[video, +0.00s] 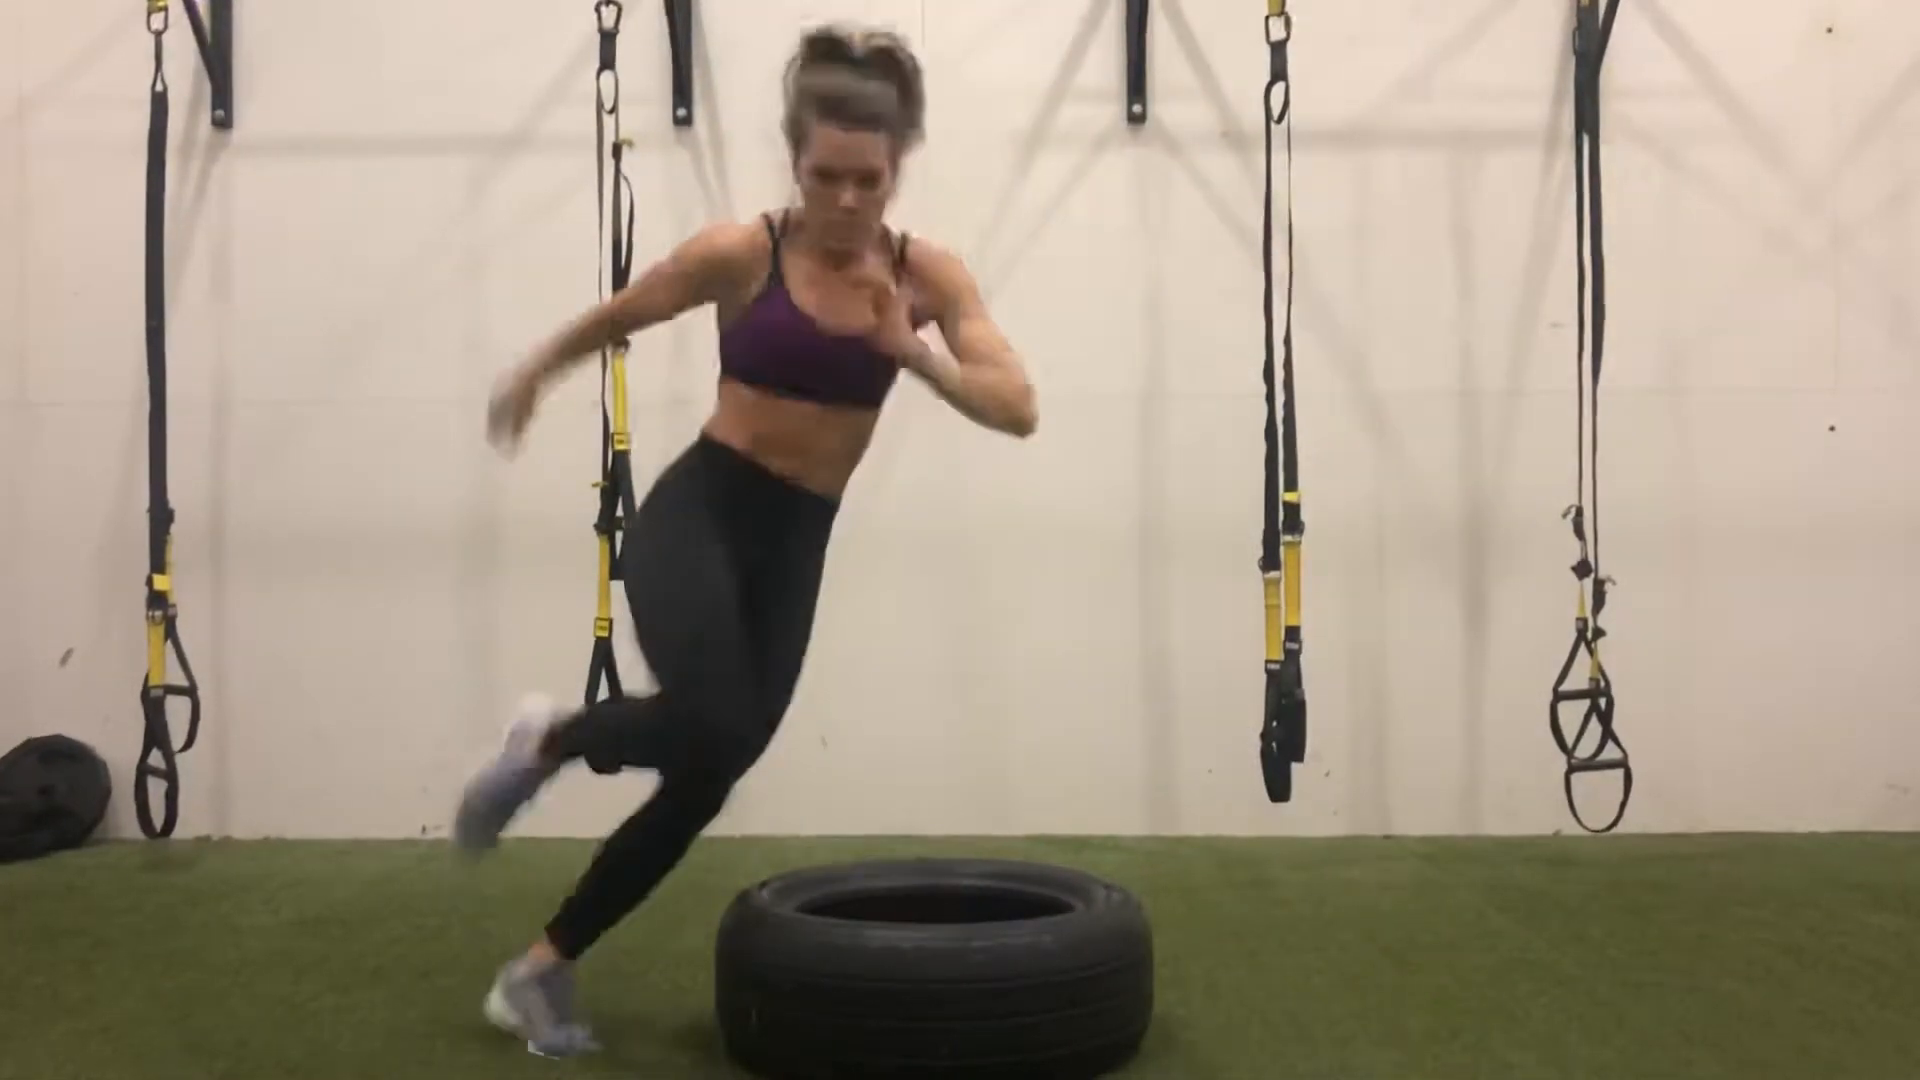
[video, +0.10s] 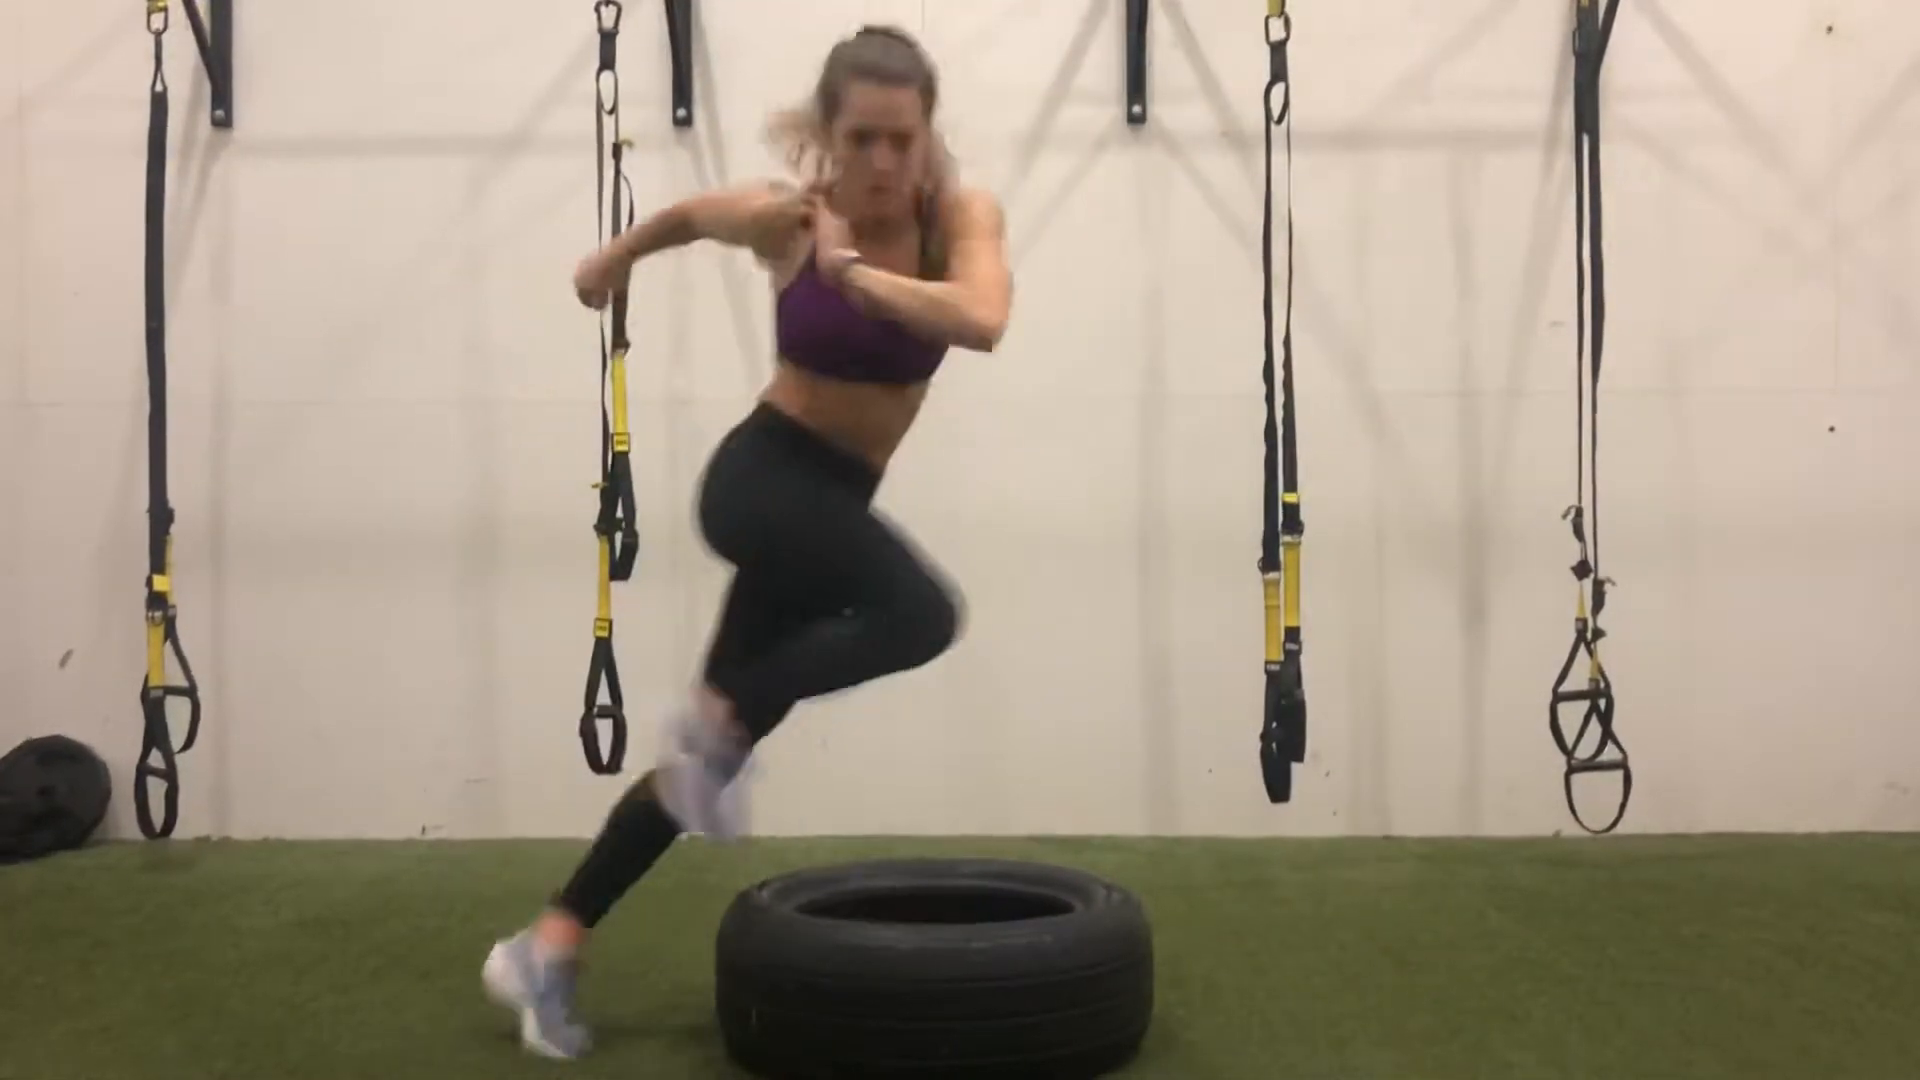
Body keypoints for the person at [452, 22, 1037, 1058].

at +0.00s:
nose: (844, 201)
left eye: (866, 180)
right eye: (826, 177)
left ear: (902, 166)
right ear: (794, 157)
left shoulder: (928, 275)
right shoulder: (738, 255)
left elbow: (1021, 410)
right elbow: (621, 318)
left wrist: (931, 360)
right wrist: (531, 374)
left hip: (793, 550)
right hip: (697, 510)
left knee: (709, 782)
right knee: (709, 724)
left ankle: (538, 969)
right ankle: (546, 743)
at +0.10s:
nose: (885, 162)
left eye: (904, 139)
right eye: (863, 139)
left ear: (932, 136)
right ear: (829, 136)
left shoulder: (962, 210)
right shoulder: (795, 214)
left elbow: (981, 323)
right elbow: (690, 215)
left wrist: (859, 276)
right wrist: (612, 258)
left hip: (834, 500)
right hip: (761, 472)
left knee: (721, 733)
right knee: (921, 614)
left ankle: (550, 943)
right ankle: (720, 719)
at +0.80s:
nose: (1020, 207)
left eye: (1042, 186)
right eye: (1002, 186)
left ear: (1084, 183)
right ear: (979, 182)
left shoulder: (1131, 251)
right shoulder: (960, 272)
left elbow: (1231, 264)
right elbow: (821, 329)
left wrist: (1315, 289)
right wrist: (891, 224)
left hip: (1195, 498)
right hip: (1132, 526)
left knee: (1066, 678)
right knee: (1212, 774)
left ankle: (1301, 764)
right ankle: (1390, 955)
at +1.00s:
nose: (948, 120)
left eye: (971, 101)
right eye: (931, 97)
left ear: (1009, 104)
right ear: (906, 95)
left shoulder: (1048, 206)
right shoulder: (858, 196)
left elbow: (1171, 285)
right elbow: (848, 377)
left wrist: (1223, 405)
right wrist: (876, 311)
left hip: (1018, 473)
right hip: (947, 477)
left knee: (891, 694)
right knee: (940, 722)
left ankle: (983, 902)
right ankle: (1125, 727)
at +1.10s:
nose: (903, 139)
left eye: (927, 120)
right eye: (886, 116)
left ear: (967, 124)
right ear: (862, 111)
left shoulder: (999, 242)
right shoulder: (813, 218)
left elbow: (1115, 353)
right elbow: (768, 341)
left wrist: (1132, 493)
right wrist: (774, 377)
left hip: (966, 511)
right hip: (880, 509)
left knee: (929, 760)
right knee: (756, 697)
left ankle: (1006, 940)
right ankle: (918, 695)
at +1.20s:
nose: (851, 155)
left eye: (875, 136)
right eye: (833, 128)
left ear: (903, 139)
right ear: (798, 119)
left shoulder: (924, 247)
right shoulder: (729, 221)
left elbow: (994, 380)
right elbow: (696, 332)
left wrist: (951, 457)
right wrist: (692, 429)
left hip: (907, 480)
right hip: (810, 484)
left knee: (872, 723)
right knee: (682, 695)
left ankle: (981, 925)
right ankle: (639, 885)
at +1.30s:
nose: (797, 204)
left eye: (822, 188)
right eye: (781, 179)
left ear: (848, 196)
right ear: (747, 170)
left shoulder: (864, 293)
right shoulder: (667, 285)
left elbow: (883, 391)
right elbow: (640, 431)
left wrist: (860, 455)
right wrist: (716, 496)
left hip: (818, 519)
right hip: (710, 525)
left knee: (789, 655)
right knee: (605, 754)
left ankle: (876, 759)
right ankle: (546, 978)